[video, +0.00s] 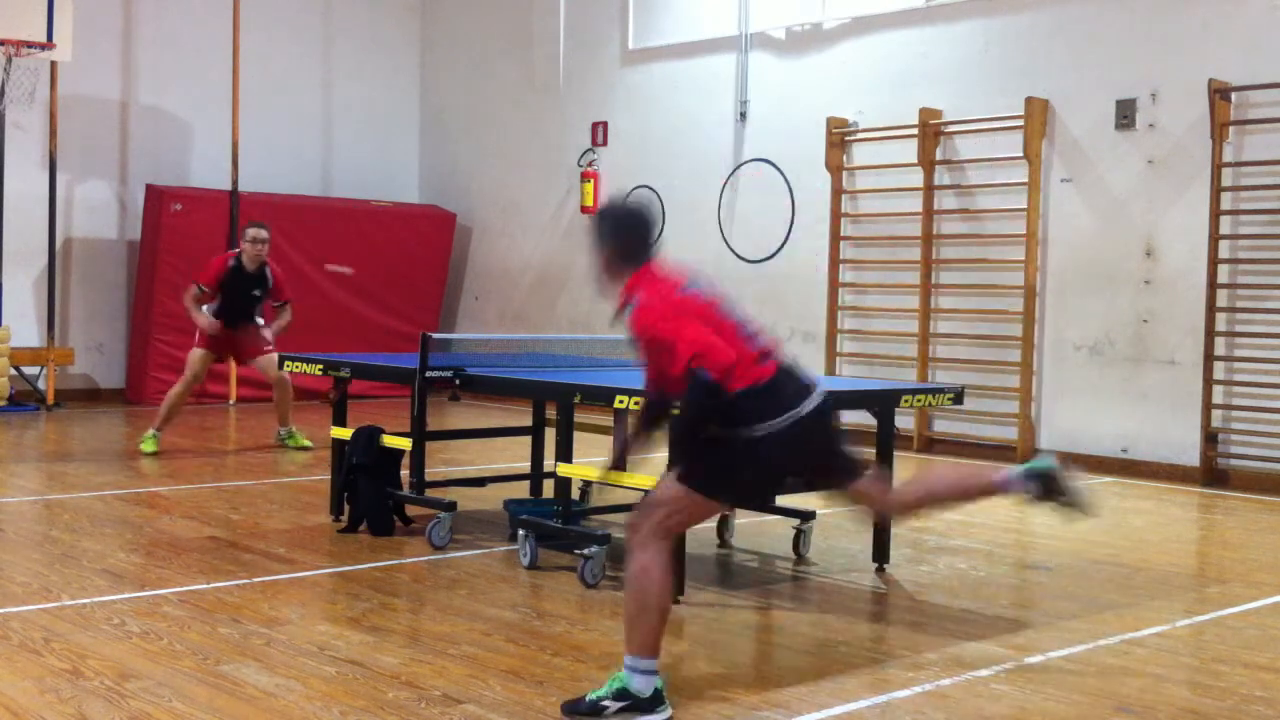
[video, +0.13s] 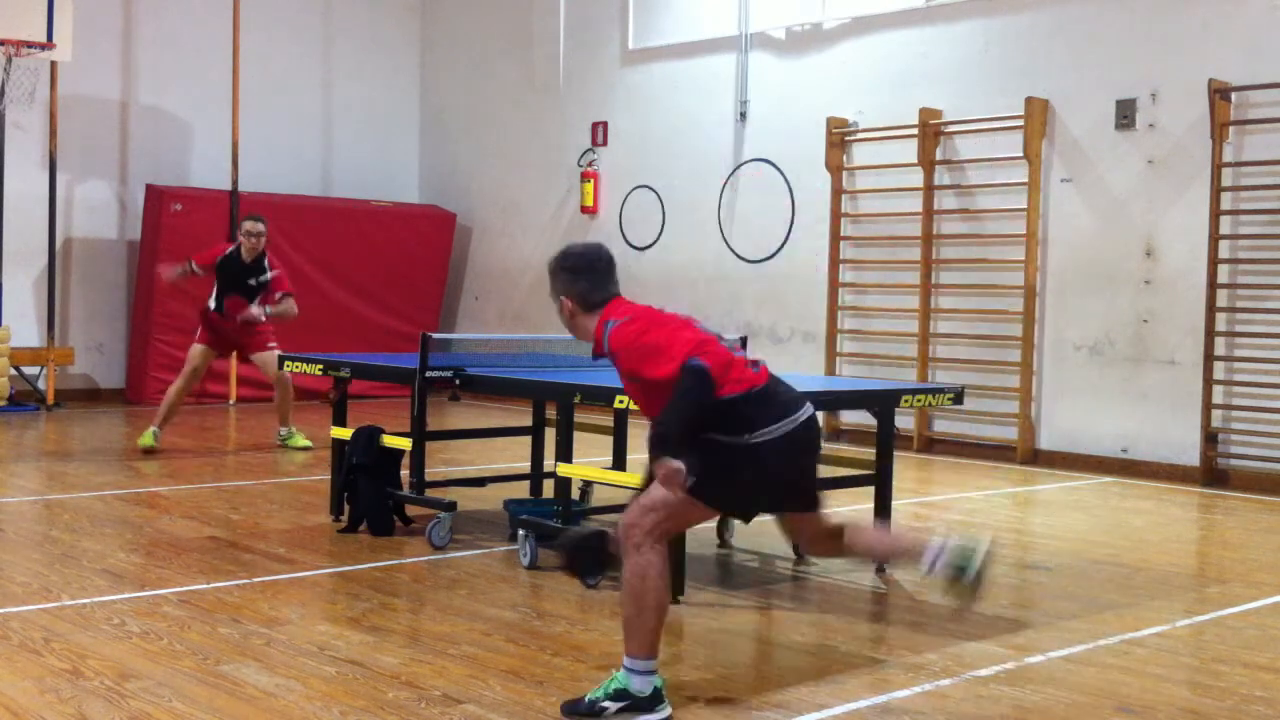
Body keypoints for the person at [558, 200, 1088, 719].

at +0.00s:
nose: (594, 261)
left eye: (596, 249)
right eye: (597, 248)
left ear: (609, 254)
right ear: (642, 244)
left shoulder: (649, 303)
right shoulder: (670, 283)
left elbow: (680, 373)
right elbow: (668, 373)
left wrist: (644, 433)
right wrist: (642, 421)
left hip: (749, 433)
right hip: (801, 415)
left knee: (648, 527)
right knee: (886, 499)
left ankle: (639, 685)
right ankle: (1026, 476)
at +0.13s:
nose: (559, 312)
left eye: (558, 302)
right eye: (559, 301)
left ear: (569, 305)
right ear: (608, 286)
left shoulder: (623, 332)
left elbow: (694, 377)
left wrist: (666, 451)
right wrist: (623, 530)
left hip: (747, 440)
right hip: (795, 422)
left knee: (641, 528)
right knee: (814, 536)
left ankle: (639, 682)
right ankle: (942, 554)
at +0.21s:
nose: (569, 291)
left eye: (570, 280)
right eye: (570, 280)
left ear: (585, 282)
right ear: (618, 270)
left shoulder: (628, 316)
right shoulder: (656, 304)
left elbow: (687, 377)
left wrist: (658, 444)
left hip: (748, 439)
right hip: (799, 421)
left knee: (644, 525)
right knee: (795, 530)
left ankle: (639, 683)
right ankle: (909, 608)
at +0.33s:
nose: (635, 232)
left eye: (637, 222)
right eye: (637, 221)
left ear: (649, 226)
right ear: (686, 223)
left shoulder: (674, 277)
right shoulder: (722, 264)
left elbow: (712, 350)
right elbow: (760, 349)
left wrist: (657, 423)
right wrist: (688, 402)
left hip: (769, 429)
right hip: (820, 418)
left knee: (665, 522)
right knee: (813, 525)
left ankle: (641, 681)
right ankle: (875, 646)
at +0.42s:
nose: (686, 207)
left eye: (687, 197)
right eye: (691, 196)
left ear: (698, 201)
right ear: (739, 199)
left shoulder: (705, 259)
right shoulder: (783, 248)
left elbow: (726, 342)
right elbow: (817, 332)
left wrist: (675, 403)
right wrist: (756, 383)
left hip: (775, 419)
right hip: (835, 408)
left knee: (695, 524)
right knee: (836, 521)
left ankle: (653, 674)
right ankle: (884, 647)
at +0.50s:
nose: (725, 188)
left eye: (727, 181)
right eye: (729, 181)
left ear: (735, 184)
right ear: (784, 185)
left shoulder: (727, 244)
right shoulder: (825, 239)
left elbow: (718, 331)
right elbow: (864, 326)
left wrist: (703, 371)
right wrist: (835, 369)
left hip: (778, 413)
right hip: (844, 409)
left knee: (710, 515)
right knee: (856, 524)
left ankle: (697, 657)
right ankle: (887, 649)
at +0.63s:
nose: (773, 167)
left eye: (773, 159)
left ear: (773, 164)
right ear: (827, 167)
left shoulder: (740, 224)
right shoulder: (857, 226)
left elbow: (704, 312)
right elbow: (896, 322)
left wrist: (751, 340)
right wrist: (881, 366)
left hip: (777, 393)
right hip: (851, 389)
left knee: (749, 506)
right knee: (882, 512)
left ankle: (746, 646)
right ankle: (906, 639)